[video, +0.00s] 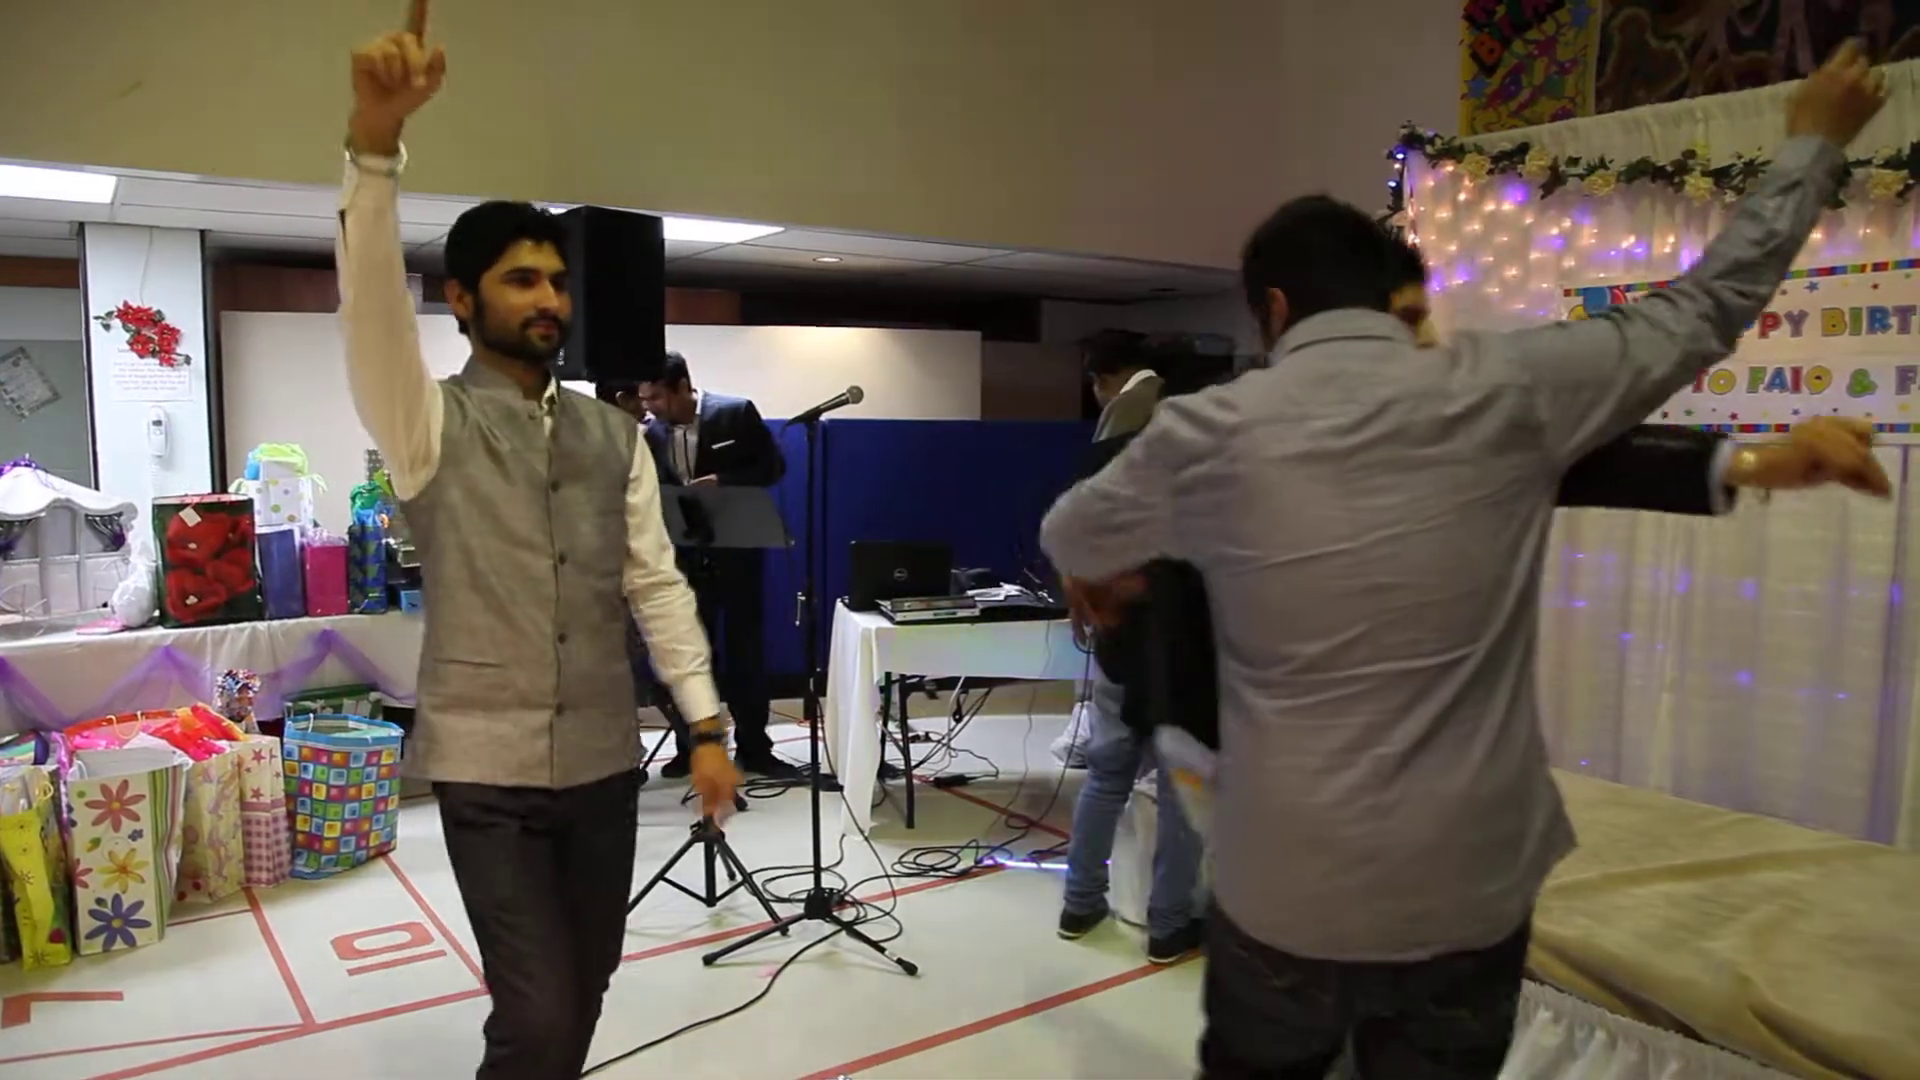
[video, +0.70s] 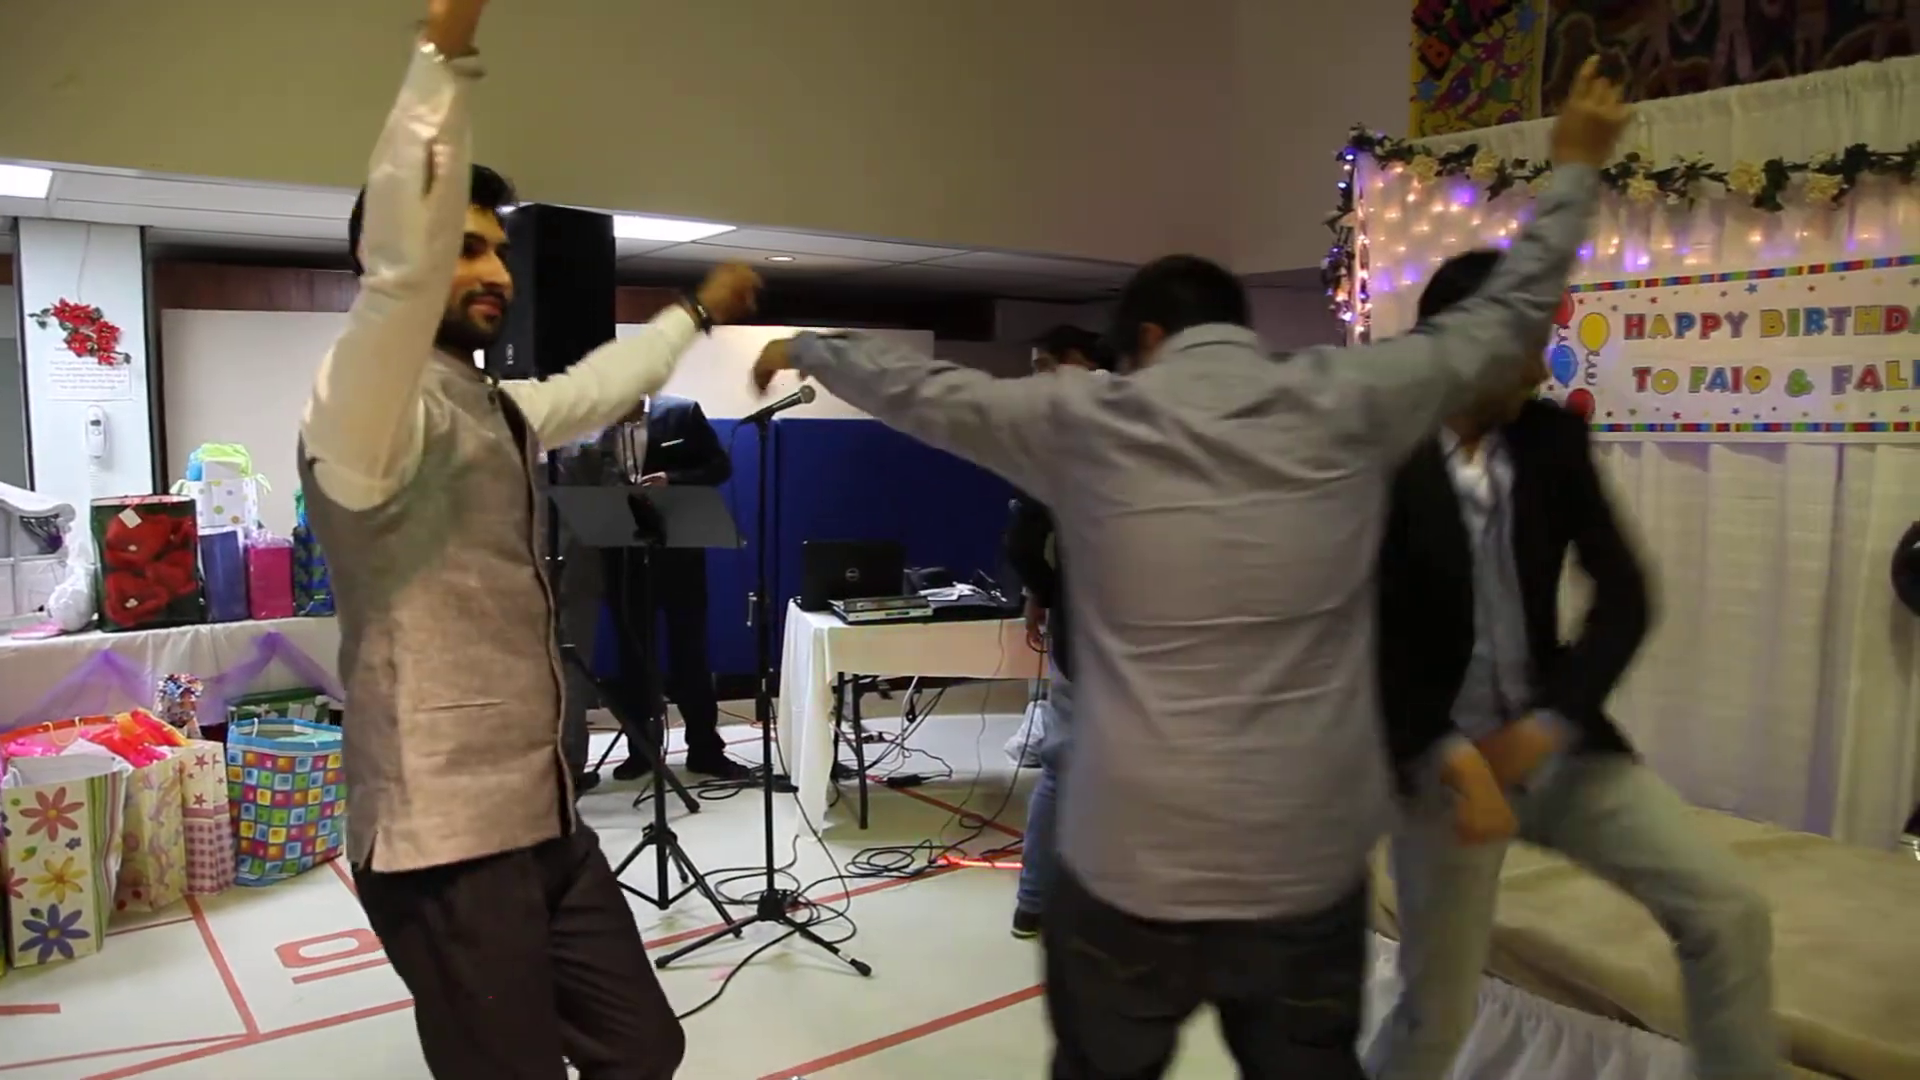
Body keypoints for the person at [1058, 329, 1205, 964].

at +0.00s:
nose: (1095, 392)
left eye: (1097, 382)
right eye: (1096, 381)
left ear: (1109, 383)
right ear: (1155, 379)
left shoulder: (1105, 451)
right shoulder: (1193, 445)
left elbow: (1075, 529)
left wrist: (1083, 602)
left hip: (1117, 638)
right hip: (1185, 641)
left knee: (1104, 774)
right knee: (1182, 787)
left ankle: (1081, 901)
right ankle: (1172, 920)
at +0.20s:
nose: (1073, 394)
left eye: (1075, 385)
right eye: (1073, 384)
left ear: (1088, 381)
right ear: (1134, 374)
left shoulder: (1081, 446)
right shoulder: (1193, 438)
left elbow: (1043, 542)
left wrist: (1075, 592)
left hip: (1108, 634)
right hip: (1182, 640)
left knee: (1082, 774)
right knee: (1160, 789)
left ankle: (1057, 901)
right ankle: (1146, 922)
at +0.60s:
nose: (1052, 381)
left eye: (1059, 367)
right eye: (1052, 370)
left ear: (1091, 370)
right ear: (1153, 378)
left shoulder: (1072, 439)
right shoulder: (1182, 441)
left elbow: (1029, 544)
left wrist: (1065, 593)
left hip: (1091, 639)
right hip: (1163, 642)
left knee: (1067, 779)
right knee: (1151, 784)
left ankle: (1042, 900)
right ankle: (1130, 908)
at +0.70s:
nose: (1040, 384)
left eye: (1052, 370)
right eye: (1037, 371)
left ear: (1088, 367)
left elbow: (1024, 541)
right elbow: (1023, 539)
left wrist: (1040, 596)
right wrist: (1038, 597)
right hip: (1076, 624)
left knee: (1067, 762)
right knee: (1061, 759)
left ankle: (1042, 897)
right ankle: (1036, 896)